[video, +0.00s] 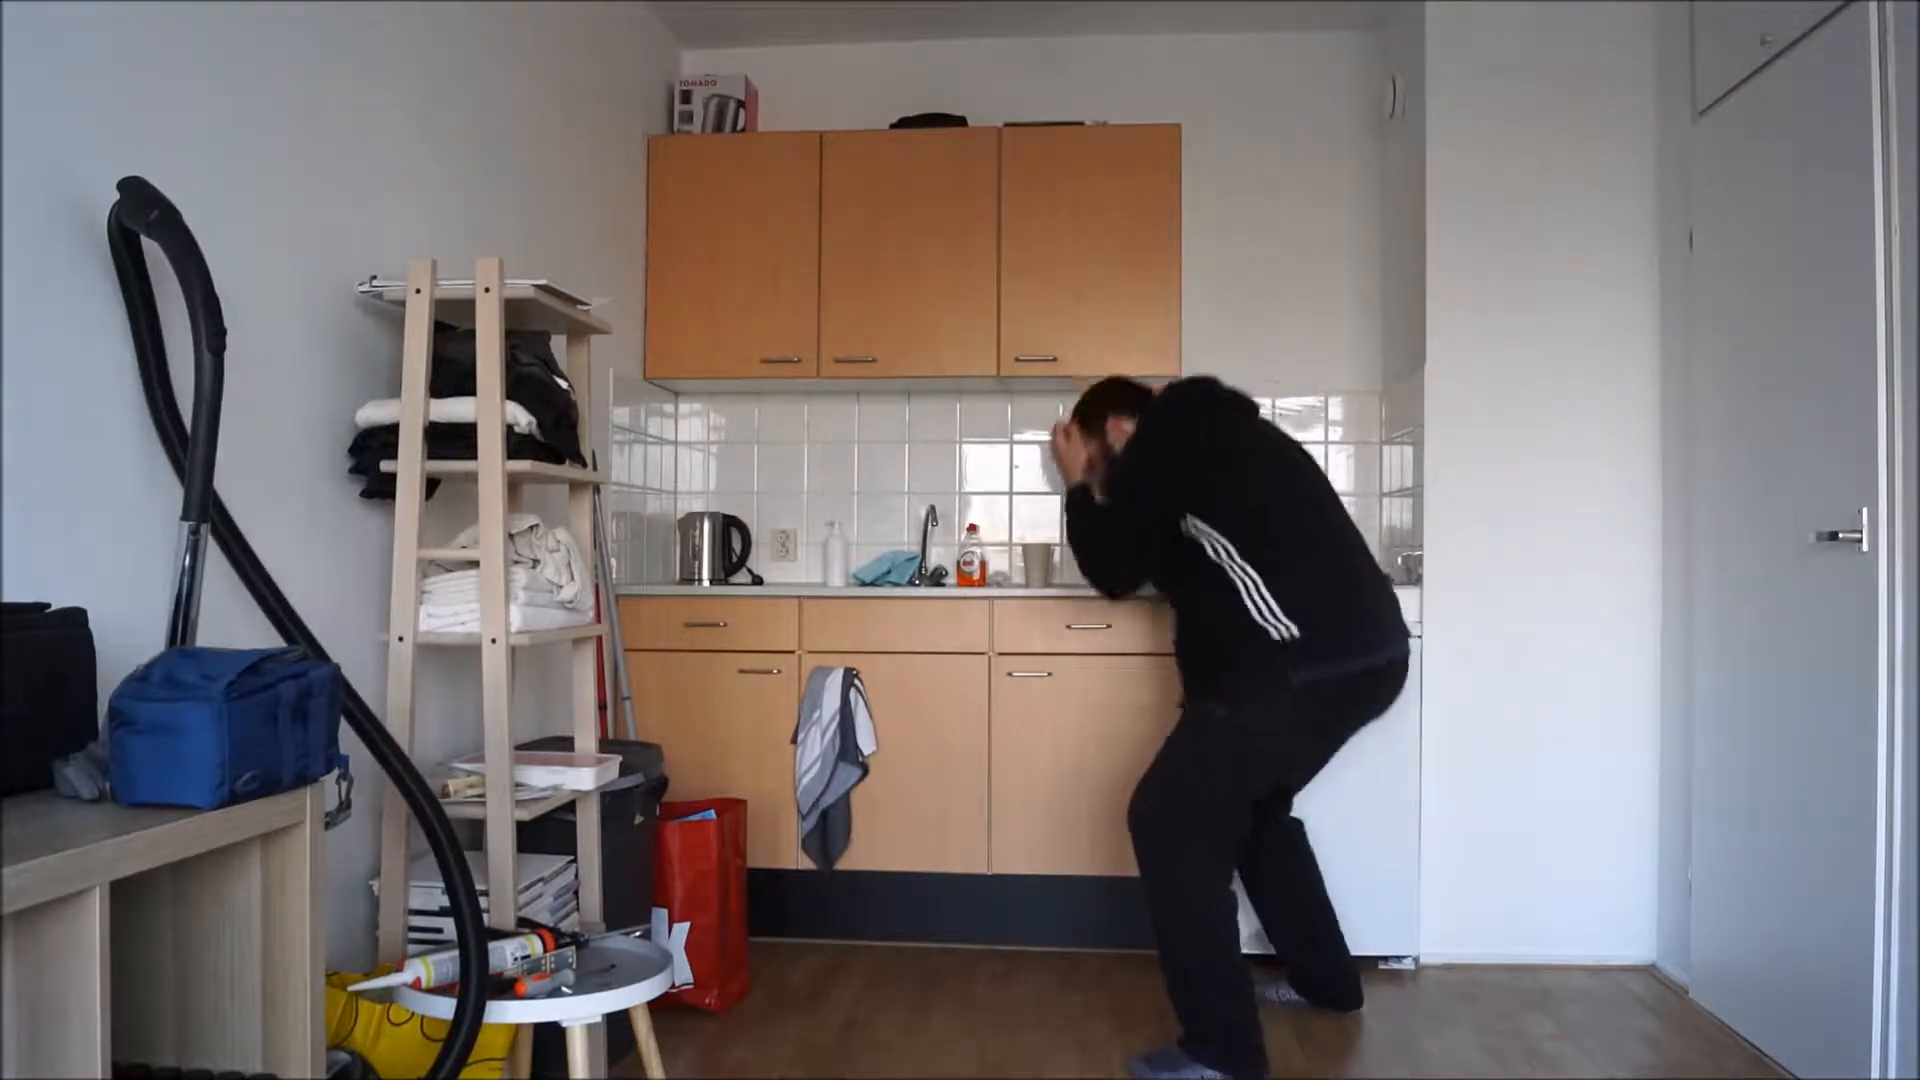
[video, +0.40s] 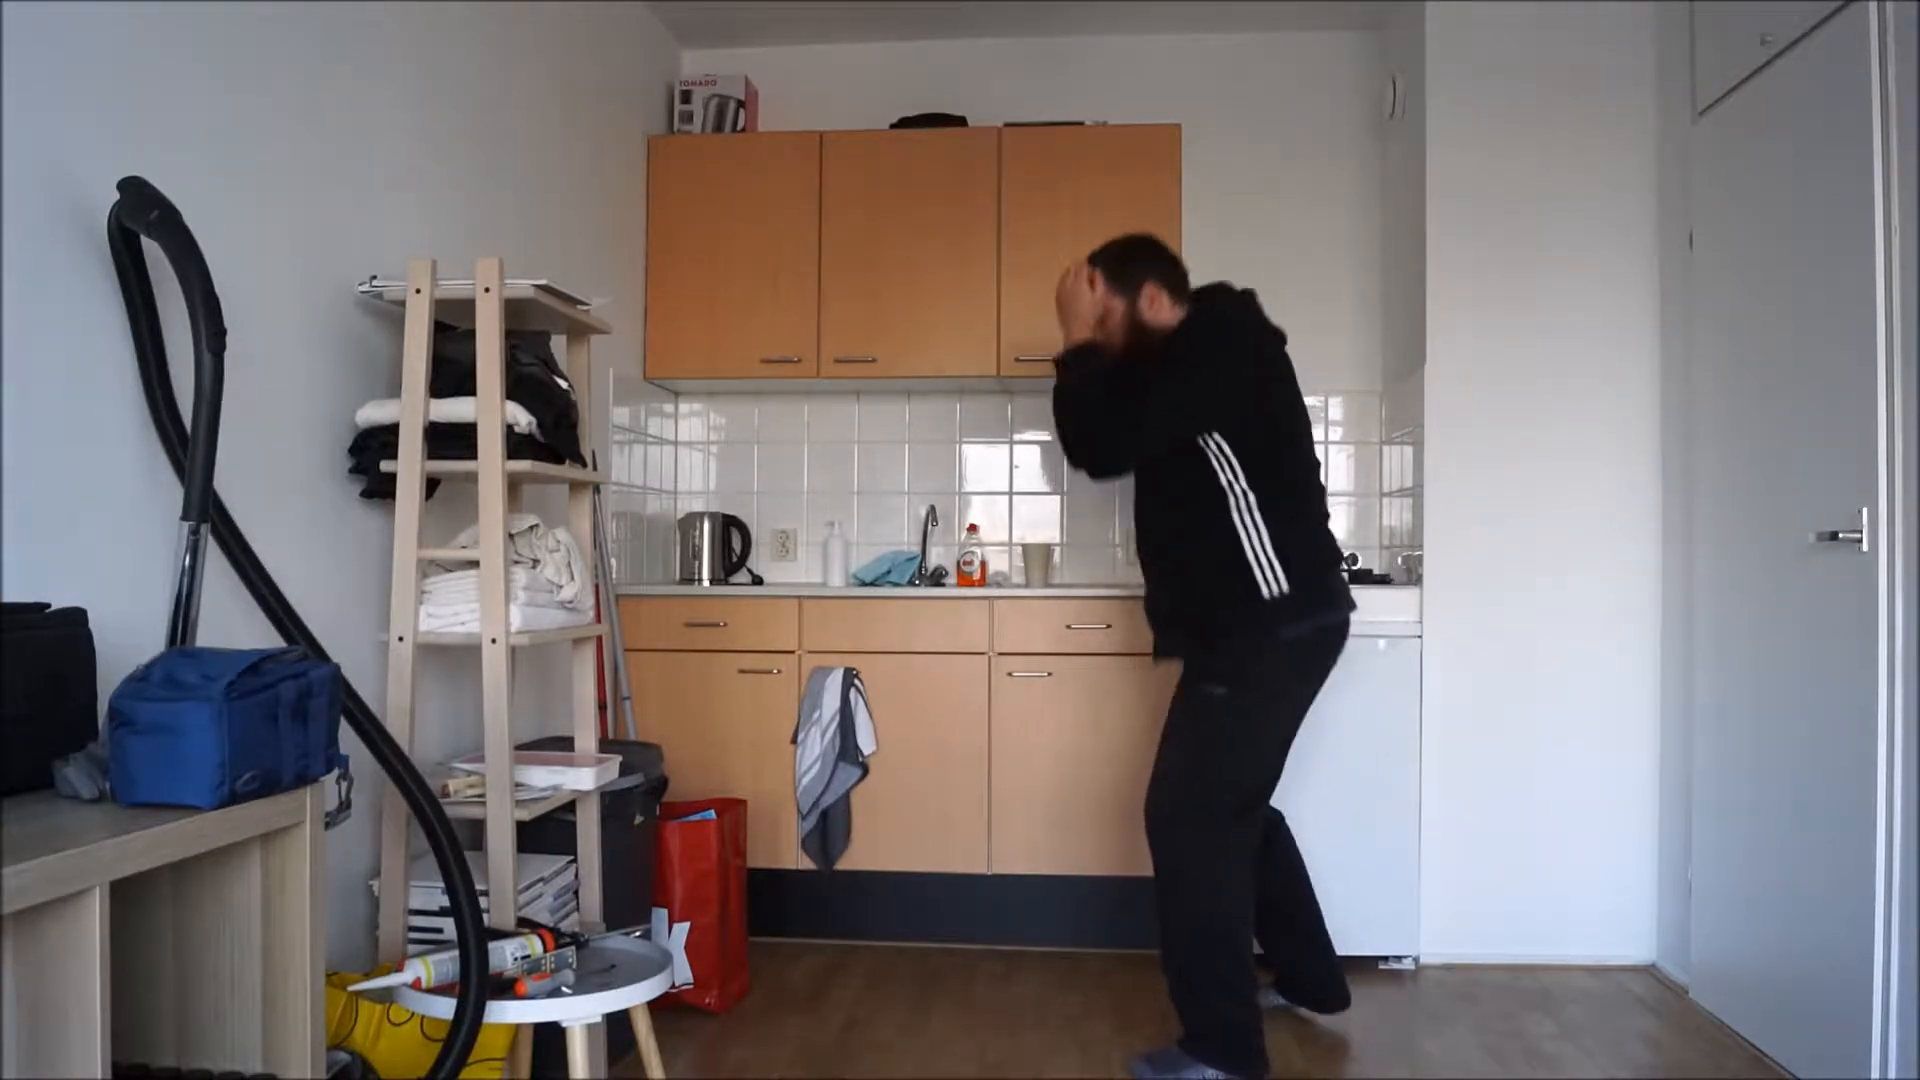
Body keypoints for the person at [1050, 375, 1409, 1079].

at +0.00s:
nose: (1097, 467)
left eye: (1095, 454)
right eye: (1095, 456)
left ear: (1120, 429)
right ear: (1151, 409)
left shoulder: (1154, 456)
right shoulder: (1235, 426)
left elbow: (1111, 572)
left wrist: (1080, 486)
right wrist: (1112, 483)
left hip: (1290, 664)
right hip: (1370, 652)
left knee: (1169, 817)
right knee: (1253, 809)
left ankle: (1223, 1049)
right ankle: (1326, 980)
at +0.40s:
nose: (1101, 325)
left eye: (1105, 309)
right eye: (1099, 311)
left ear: (1149, 297)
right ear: (1163, 291)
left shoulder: (1204, 346)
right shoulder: (1224, 338)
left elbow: (1102, 448)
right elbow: (1116, 438)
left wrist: (1081, 347)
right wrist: (1105, 352)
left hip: (1263, 627)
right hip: (1287, 616)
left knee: (1186, 815)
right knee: (1234, 803)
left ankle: (1223, 1048)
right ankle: (1312, 977)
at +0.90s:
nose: (1103, 307)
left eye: (1107, 300)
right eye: (1108, 297)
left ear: (1126, 296)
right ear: (1186, 283)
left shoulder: (1134, 327)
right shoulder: (1262, 333)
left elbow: (1051, 412)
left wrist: (1083, 322)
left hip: (1181, 610)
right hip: (1288, 607)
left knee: (1103, 812)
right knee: (1244, 797)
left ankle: (1102, 1024)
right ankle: (1295, 1016)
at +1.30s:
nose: (1133, 273)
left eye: (1115, 267)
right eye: (1132, 264)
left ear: (1049, 271)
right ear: (1128, 269)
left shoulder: (998, 344)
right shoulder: (1168, 314)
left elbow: (1016, 462)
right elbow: (1216, 429)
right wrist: (1153, 354)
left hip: (1046, 618)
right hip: (1156, 613)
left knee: (1061, 820)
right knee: (1217, 791)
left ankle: (1064, 1027)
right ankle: (1149, 1010)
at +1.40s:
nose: (1138, 277)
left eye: (1130, 267)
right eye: (1135, 266)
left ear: (1047, 263)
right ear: (1119, 263)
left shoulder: (985, 337)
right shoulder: (1141, 319)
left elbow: (1007, 452)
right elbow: (1211, 411)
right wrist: (1163, 313)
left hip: (1016, 616)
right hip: (1114, 615)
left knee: (1059, 811)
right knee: (1156, 803)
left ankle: (1062, 1024)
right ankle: (1015, 1014)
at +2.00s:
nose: (1138, 286)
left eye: (1139, 270)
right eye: (1131, 269)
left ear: (1077, 262)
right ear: (1085, 262)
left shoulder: (1057, 324)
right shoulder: (1025, 307)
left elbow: (1138, 424)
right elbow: (1151, 403)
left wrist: (1148, 309)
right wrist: (1153, 298)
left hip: (1018, 610)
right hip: (969, 612)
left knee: (1067, 782)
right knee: (1020, 807)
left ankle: (1030, 976)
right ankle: (956, 1053)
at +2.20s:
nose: (1166, 420)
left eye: (1171, 407)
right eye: (1164, 404)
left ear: (1113, 385)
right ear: (1122, 387)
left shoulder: (1076, 422)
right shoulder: (1054, 411)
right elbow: (1151, 536)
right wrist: (1178, 436)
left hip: (992, 665)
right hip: (943, 671)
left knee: (1089, 791)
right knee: (1056, 837)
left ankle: (1032, 972)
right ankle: (958, 1058)